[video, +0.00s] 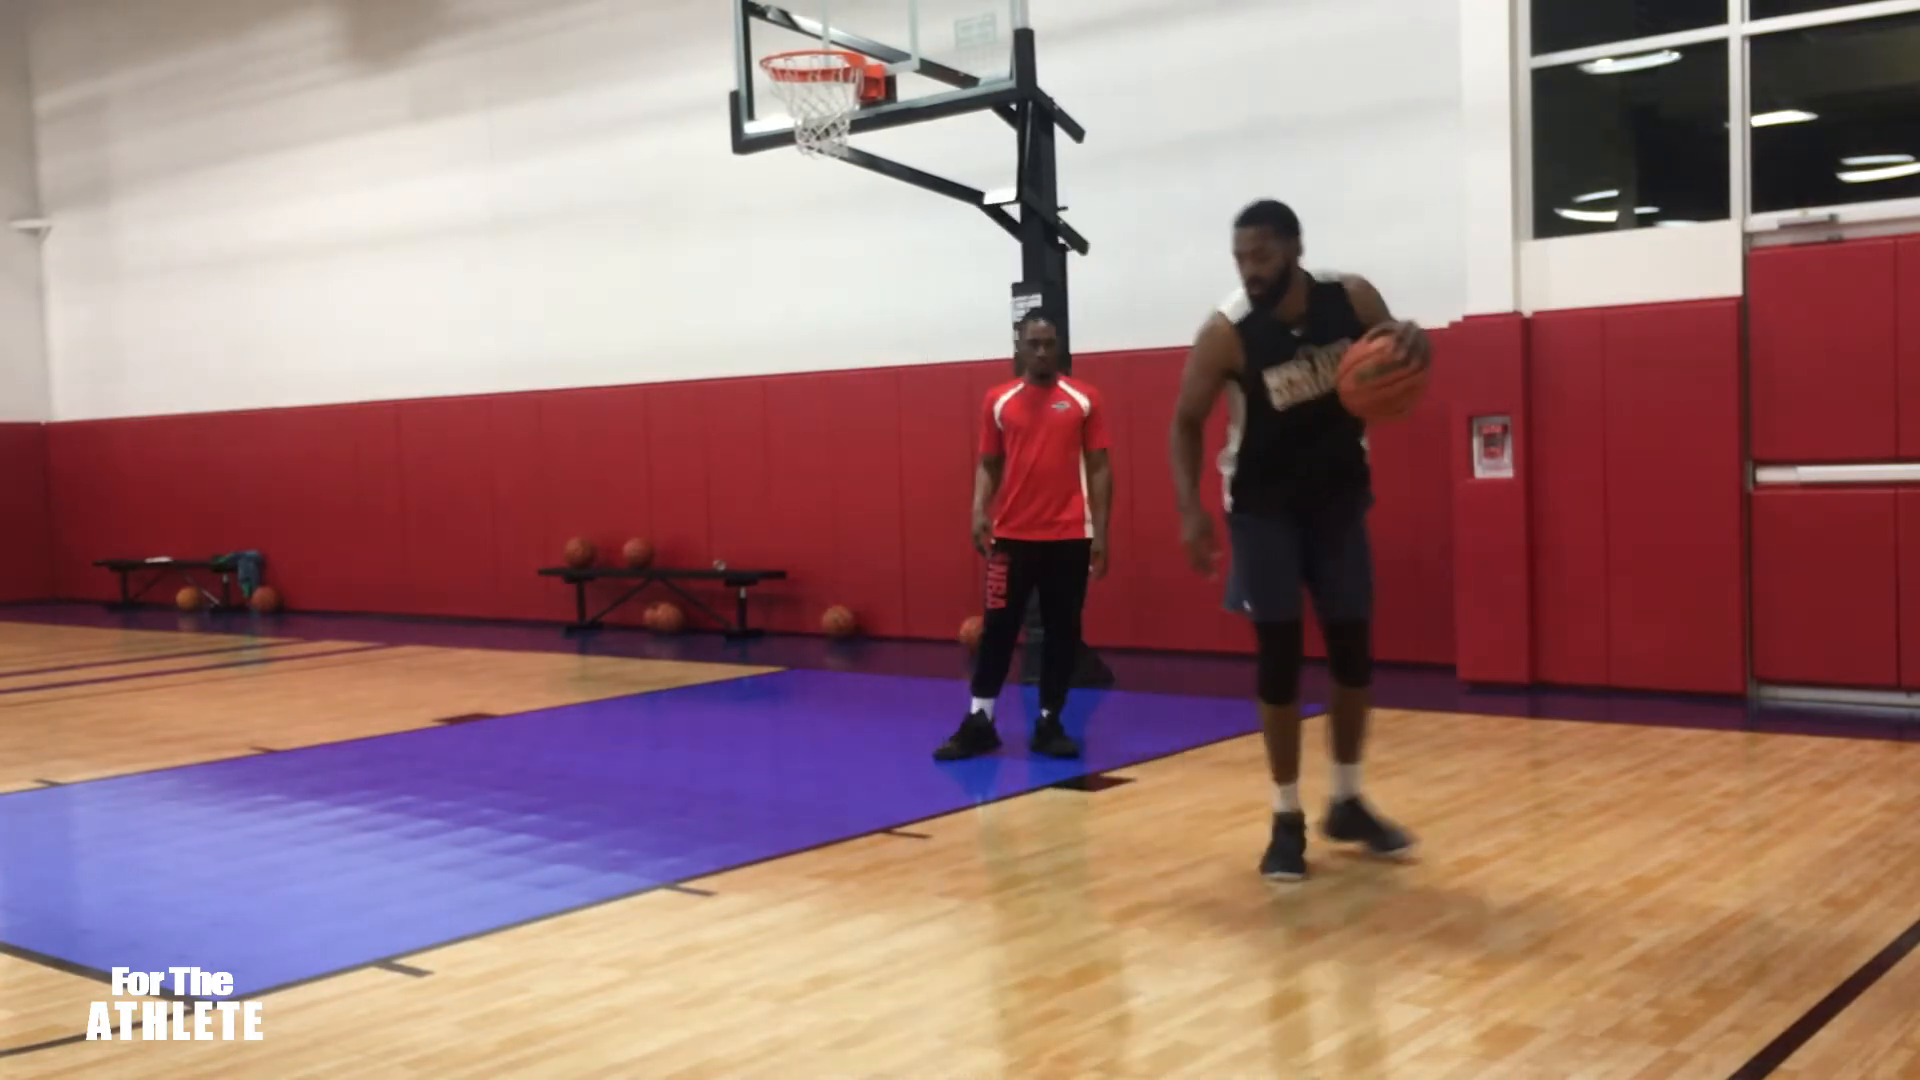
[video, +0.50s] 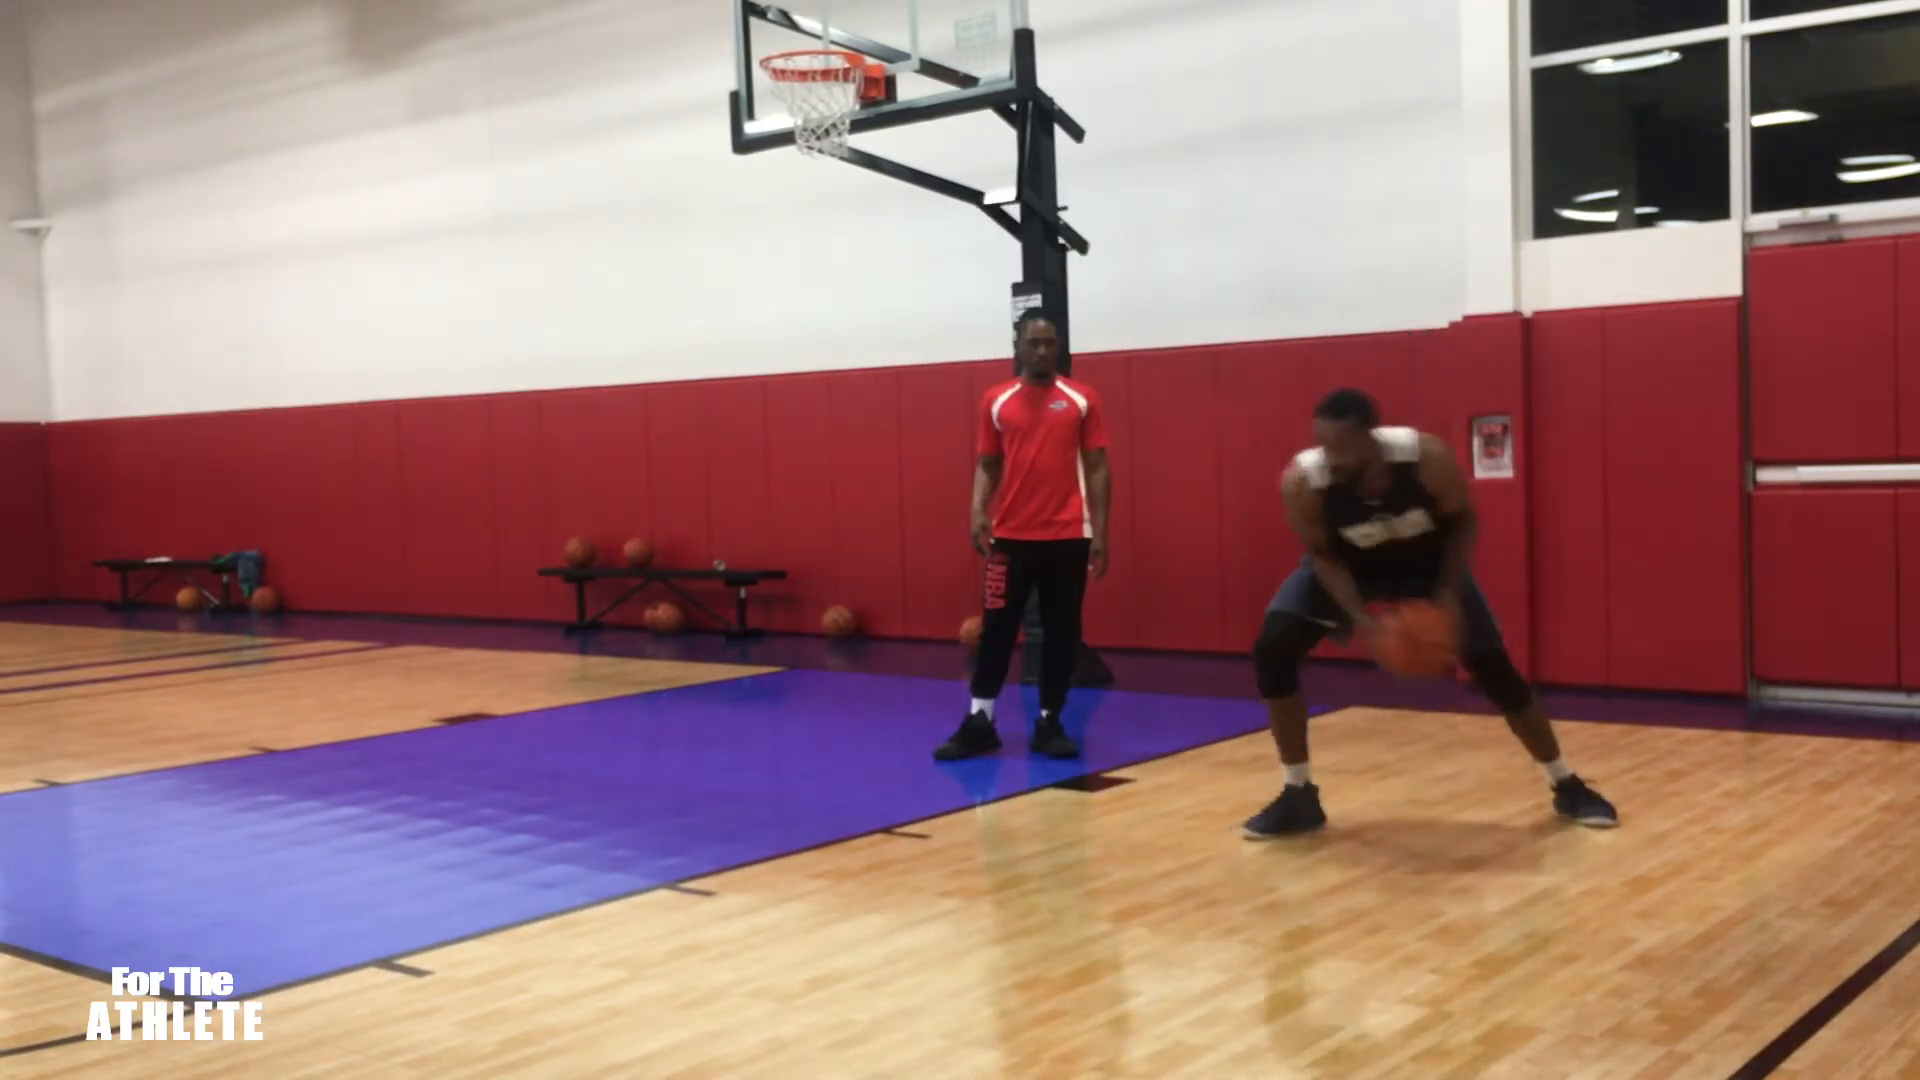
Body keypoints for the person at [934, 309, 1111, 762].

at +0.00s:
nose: (1043, 351)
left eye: (1049, 343)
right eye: (1034, 344)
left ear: (1061, 348)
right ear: (1018, 349)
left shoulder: (1083, 399)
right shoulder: (999, 402)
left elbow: (1098, 467)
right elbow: (989, 463)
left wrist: (1100, 534)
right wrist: (978, 513)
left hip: (1067, 538)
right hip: (1012, 537)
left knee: (1063, 632)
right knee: (999, 628)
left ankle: (1049, 723)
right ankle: (979, 720)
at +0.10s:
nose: (1043, 352)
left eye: (1049, 343)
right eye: (1034, 344)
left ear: (1061, 348)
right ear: (1018, 348)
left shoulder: (1083, 399)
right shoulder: (998, 401)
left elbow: (1098, 467)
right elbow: (988, 463)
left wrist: (1101, 533)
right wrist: (978, 513)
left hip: (1067, 538)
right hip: (1011, 537)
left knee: (1062, 631)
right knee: (998, 627)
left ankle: (1049, 723)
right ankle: (979, 719)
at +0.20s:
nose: (1043, 351)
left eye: (1049, 343)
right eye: (1034, 343)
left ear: (1060, 348)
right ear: (1017, 348)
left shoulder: (1083, 399)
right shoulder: (998, 401)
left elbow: (1098, 467)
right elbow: (987, 463)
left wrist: (1101, 533)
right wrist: (977, 513)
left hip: (1067, 538)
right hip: (1011, 537)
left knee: (1062, 632)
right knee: (998, 627)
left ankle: (1049, 723)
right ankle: (979, 720)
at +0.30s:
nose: (1043, 351)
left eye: (1049, 343)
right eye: (1034, 343)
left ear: (1060, 348)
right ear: (1018, 348)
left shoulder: (1081, 400)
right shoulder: (998, 401)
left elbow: (1098, 467)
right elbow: (987, 463)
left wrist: (1101, 533)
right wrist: (977, 513)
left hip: (1067, 537)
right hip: (1011, 536)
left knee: (1062, 631)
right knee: (998, 627)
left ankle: (1049, 723)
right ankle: (979, 720)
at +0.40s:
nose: (1043, 351)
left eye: (1049, 343)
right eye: (1034, 343)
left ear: (1060, 348)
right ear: (1017, 348)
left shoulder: (1082, 399)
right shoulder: (997, 401)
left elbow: (1097, 467)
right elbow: (987, 463)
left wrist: (1100, 533)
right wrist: (977, 513)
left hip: (1066, 537)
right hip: (1011, 536)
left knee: (1062, 632)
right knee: (998, 628)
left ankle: (1049, 723)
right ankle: (978, 720)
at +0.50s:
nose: (1042, 351)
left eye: (1049, 343)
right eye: (1034, 343)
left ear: (1060, 347)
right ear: (1016, 347)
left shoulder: (1082, 400)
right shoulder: (996, 401)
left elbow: (1097, 467)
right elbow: (987, 464)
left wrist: (1100, 533)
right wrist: (977, 513)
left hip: (1066, 537)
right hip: (1011, 537)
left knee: (1062, 632)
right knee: (997, 628)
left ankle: (1049, 723)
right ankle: (978, 720)